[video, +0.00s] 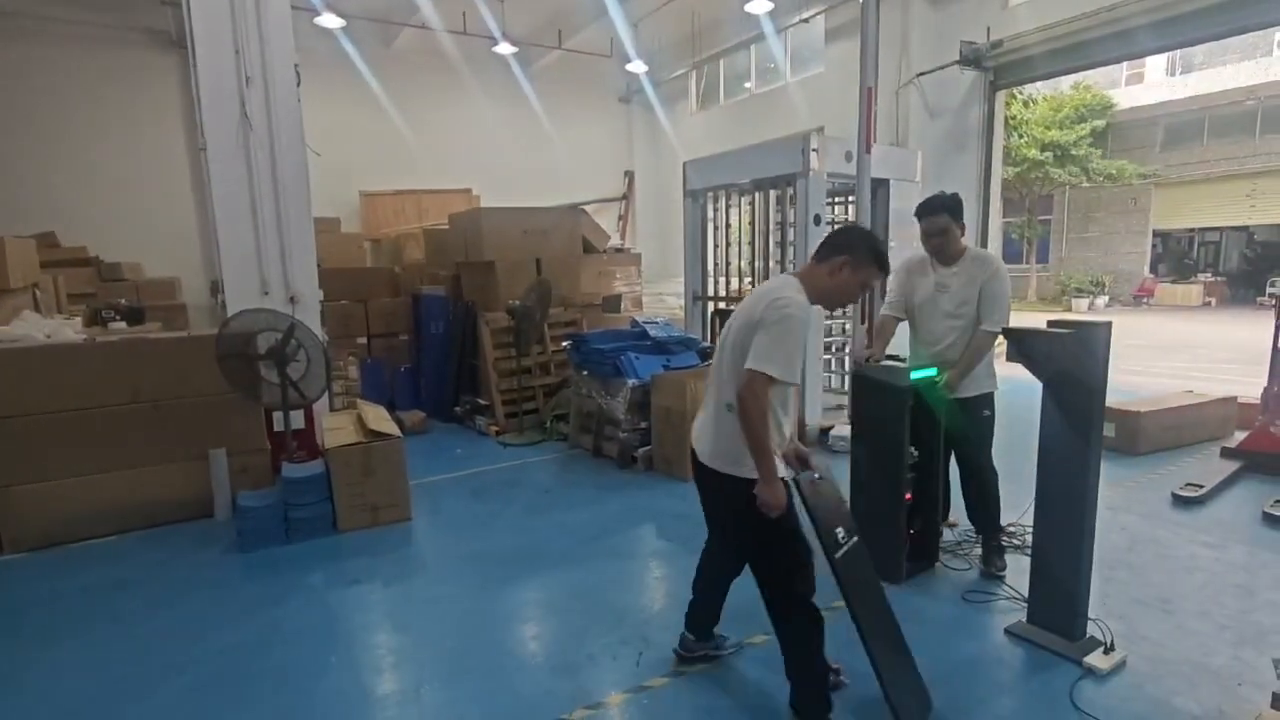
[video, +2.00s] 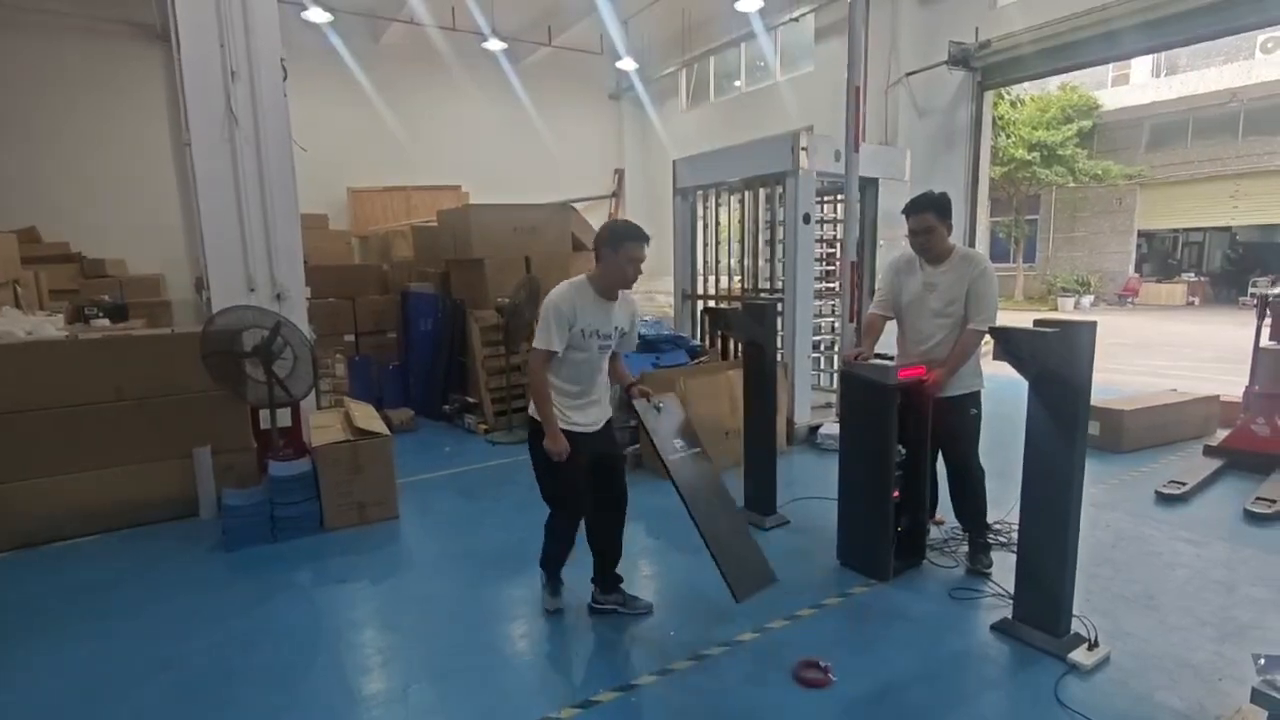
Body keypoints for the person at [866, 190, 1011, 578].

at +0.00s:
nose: (932, 244)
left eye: (939, 235)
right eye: (926, 236)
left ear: (961, 229)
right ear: (919, 233)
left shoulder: (988, 268)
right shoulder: (911, 268)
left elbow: (989, 330)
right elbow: (889, 315)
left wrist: (954, 376)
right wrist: (875, 349)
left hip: (973, 388)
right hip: (925, 388)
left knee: (977, 468)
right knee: (927, 469)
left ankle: (991, 542)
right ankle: (924, 545)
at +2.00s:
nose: (917, 242)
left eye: (925, 233)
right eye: (912, 234)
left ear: (948, 228)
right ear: (906, 231)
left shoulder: (976, 267)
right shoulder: (899, 265)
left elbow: (976, 328)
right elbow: (878, 312)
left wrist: (946, 370)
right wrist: (865, 347)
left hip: (959, 388)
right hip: (912, 387)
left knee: (963, 466)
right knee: (915, 467)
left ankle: (977, 540)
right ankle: (911, 543)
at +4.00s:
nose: (924, 245)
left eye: (932, 237)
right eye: (920, 237)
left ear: (958, 233)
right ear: (918, 234)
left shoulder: (989, 272)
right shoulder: (911, 271)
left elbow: (991, 333)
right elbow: (891, 318)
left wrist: (959, 376)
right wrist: (878, 354)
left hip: (974, 393)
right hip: (926, 393)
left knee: (980, 474)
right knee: (931, 474)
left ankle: (996, 546)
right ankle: (928, 551)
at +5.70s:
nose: (916, 241)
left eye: (923, 234)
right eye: (915, 233)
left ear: (953, 231)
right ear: (921, 231)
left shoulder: (988, 268)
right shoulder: (912, 267)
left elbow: (991, 329)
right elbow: (891, 313)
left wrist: (960, 373)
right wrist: (879, 349)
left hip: (974, 389)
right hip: (926, 389)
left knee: (981, 470)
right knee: (932, 471)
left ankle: (997, 544)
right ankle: (930, 545)